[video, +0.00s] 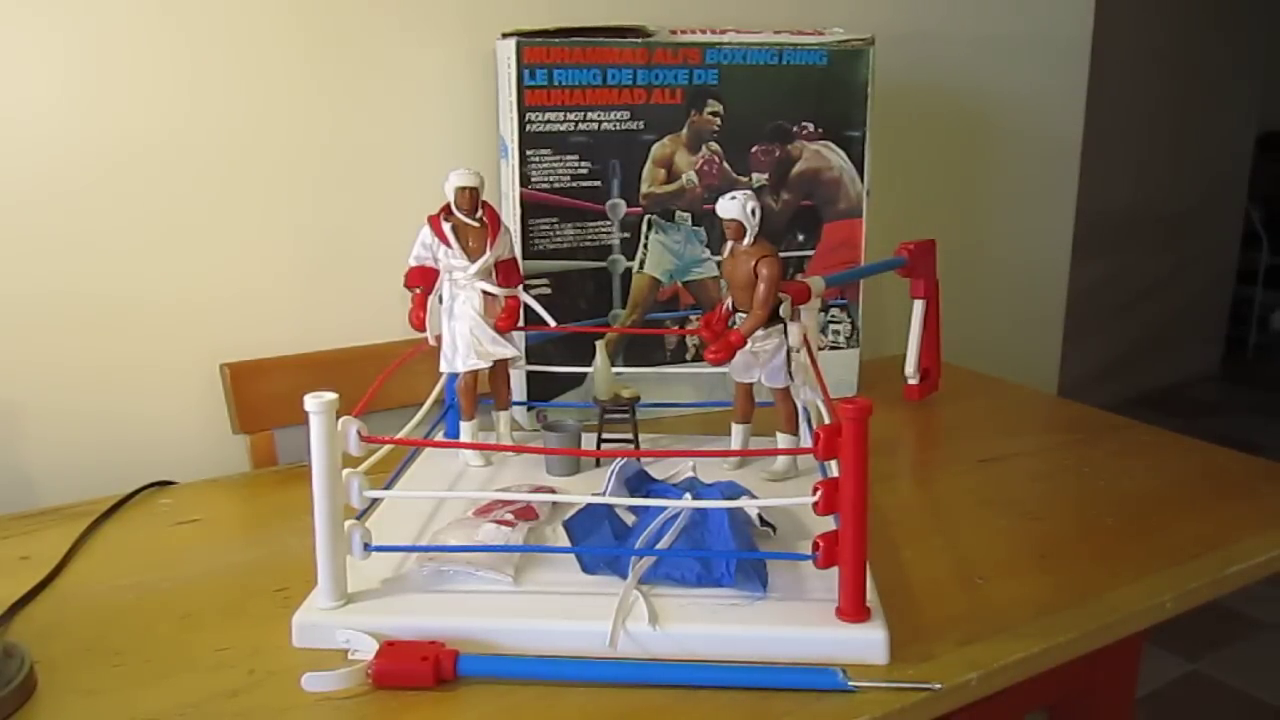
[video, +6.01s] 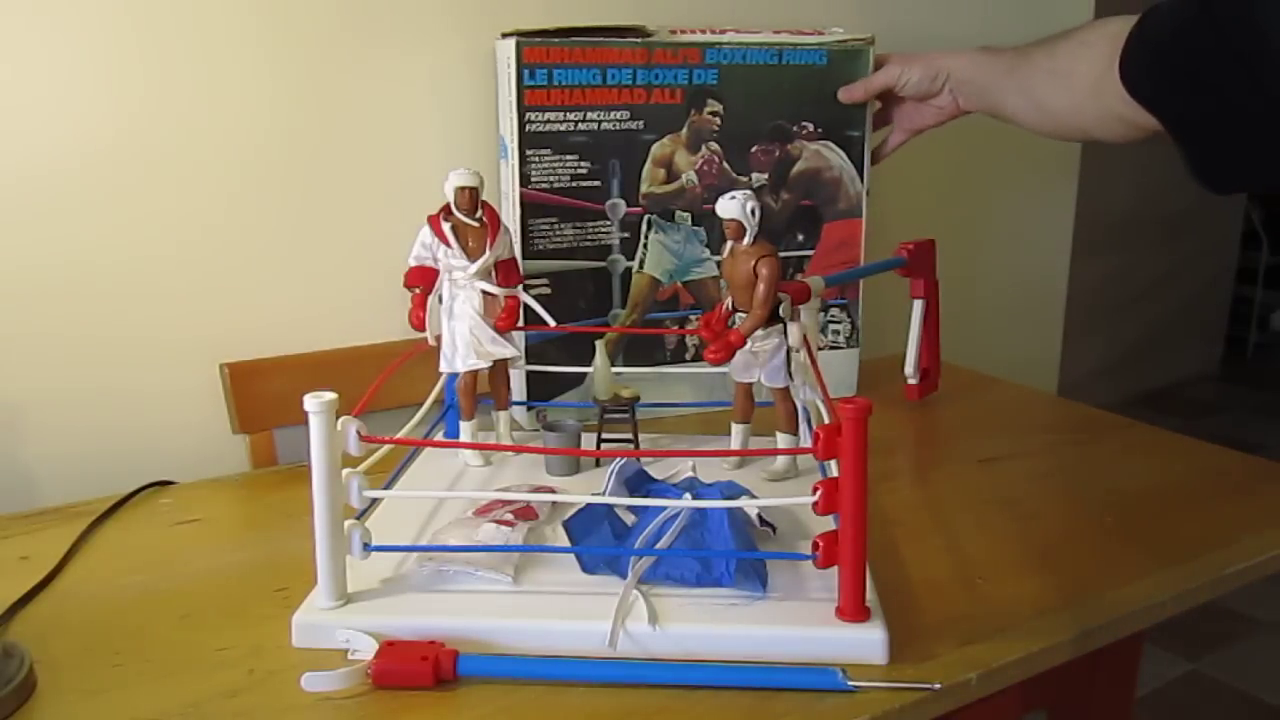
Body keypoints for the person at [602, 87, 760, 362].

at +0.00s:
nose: (718, 122)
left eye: (720, 116)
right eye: (713, 114)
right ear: (694, 115)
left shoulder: (712, 150)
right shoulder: (665, 148)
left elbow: (731, 182)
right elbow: (646, 196)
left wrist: (755, 180)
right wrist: (682, 183)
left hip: (693, 237)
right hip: (660, 234)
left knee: (719, 309)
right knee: (635, 314)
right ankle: (596, 370)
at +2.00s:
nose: (719, 122)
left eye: (721, 116)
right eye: (714, 115)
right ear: (694, 114)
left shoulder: (712, 151)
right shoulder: (664, 148)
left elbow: (731, 182)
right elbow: (647, 196)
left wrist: (755, 181)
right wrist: (682, 183)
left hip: (694, 238)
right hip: (660, 235)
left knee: (718, 310)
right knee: (634, 315)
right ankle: (596, 376)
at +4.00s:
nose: (719, 122)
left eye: (720, 116)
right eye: (713, 114)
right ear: (694, 114)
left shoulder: (712, 150)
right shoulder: (665, 148)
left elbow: (730, 182)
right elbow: (646, 196)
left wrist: (753, 182)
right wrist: (683, 183)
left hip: (694, 238)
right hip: (660, 235)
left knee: (720, 310)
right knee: (635, 314)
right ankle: (596, 370)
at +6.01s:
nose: (718, 122)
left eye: (720, 116)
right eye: (713, 115)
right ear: (693, 114)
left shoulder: (712, 150)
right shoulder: (664, 148)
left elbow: (731, 182)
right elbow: (647, 196)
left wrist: (756, 180)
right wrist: (683, 182)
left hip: (693, 237)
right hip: (661, 234)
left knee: (718, 309)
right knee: (635, 313)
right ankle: (596, 374)